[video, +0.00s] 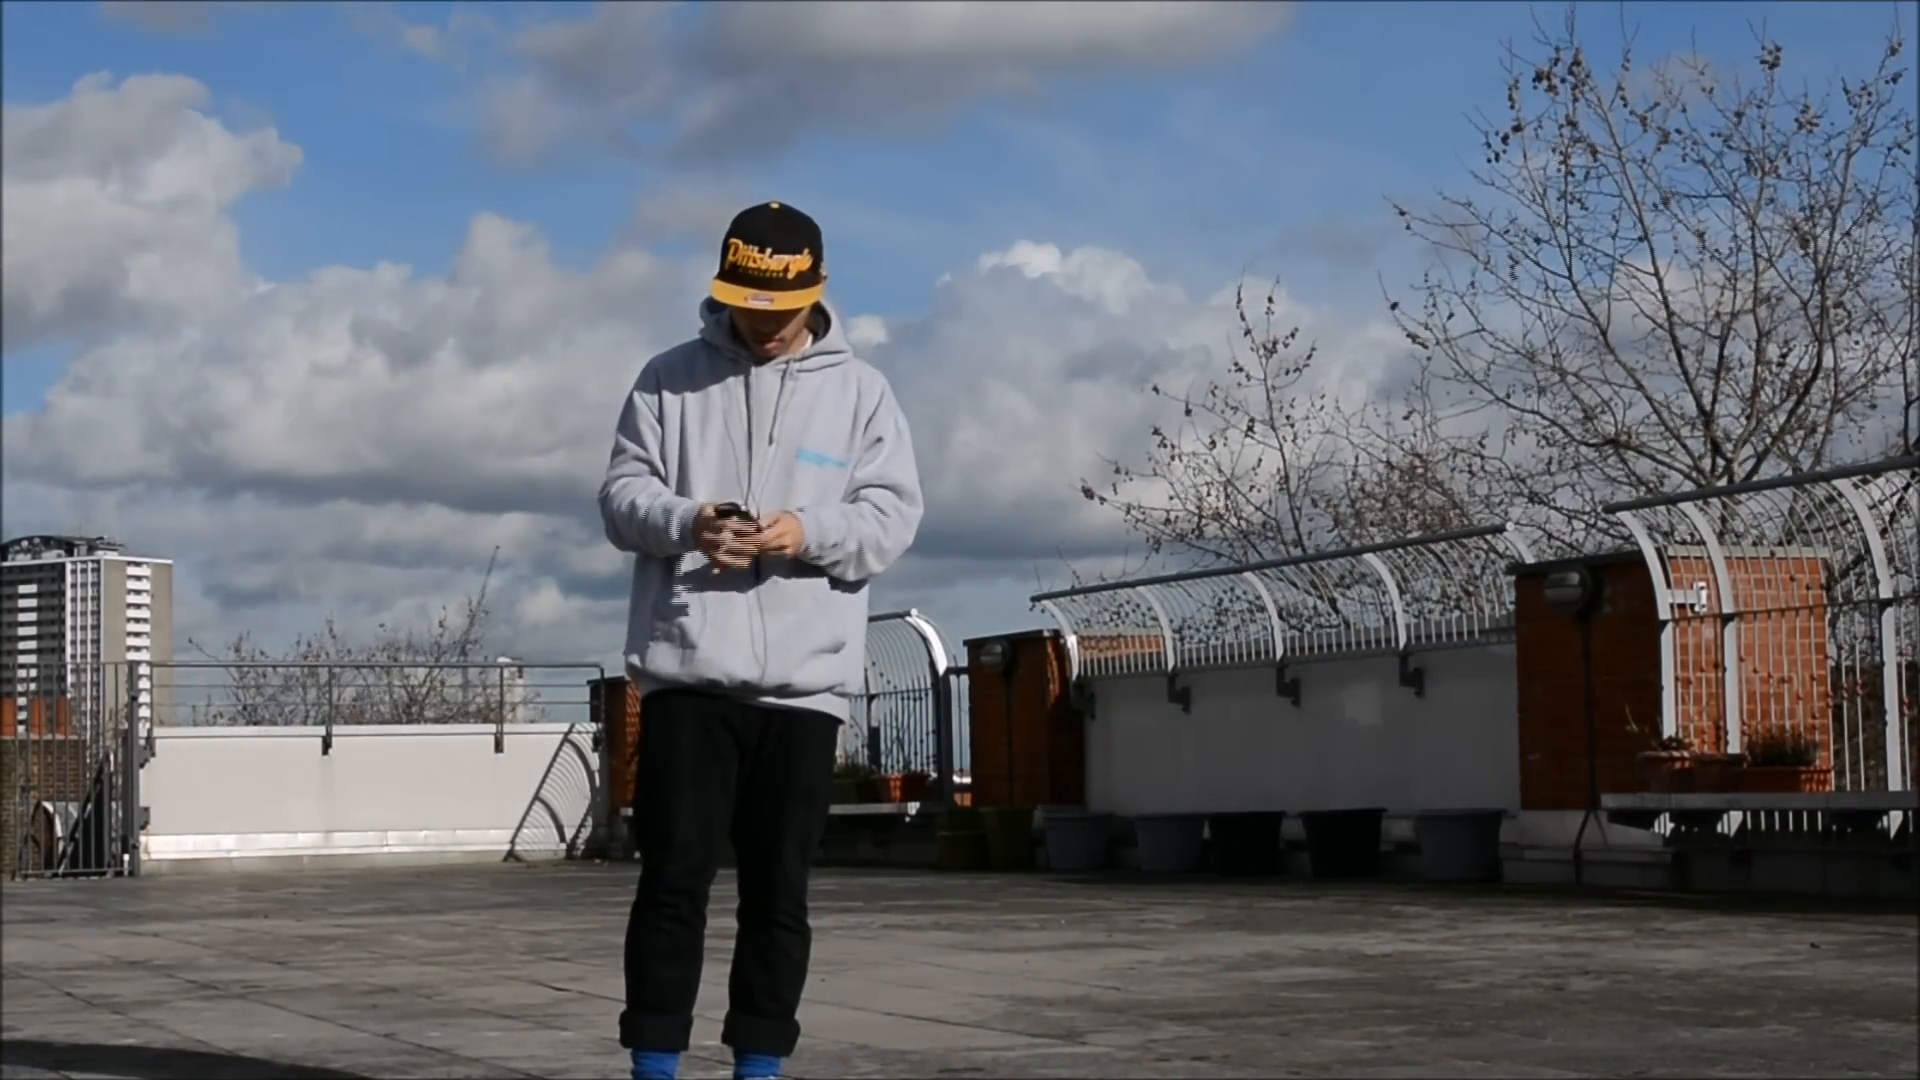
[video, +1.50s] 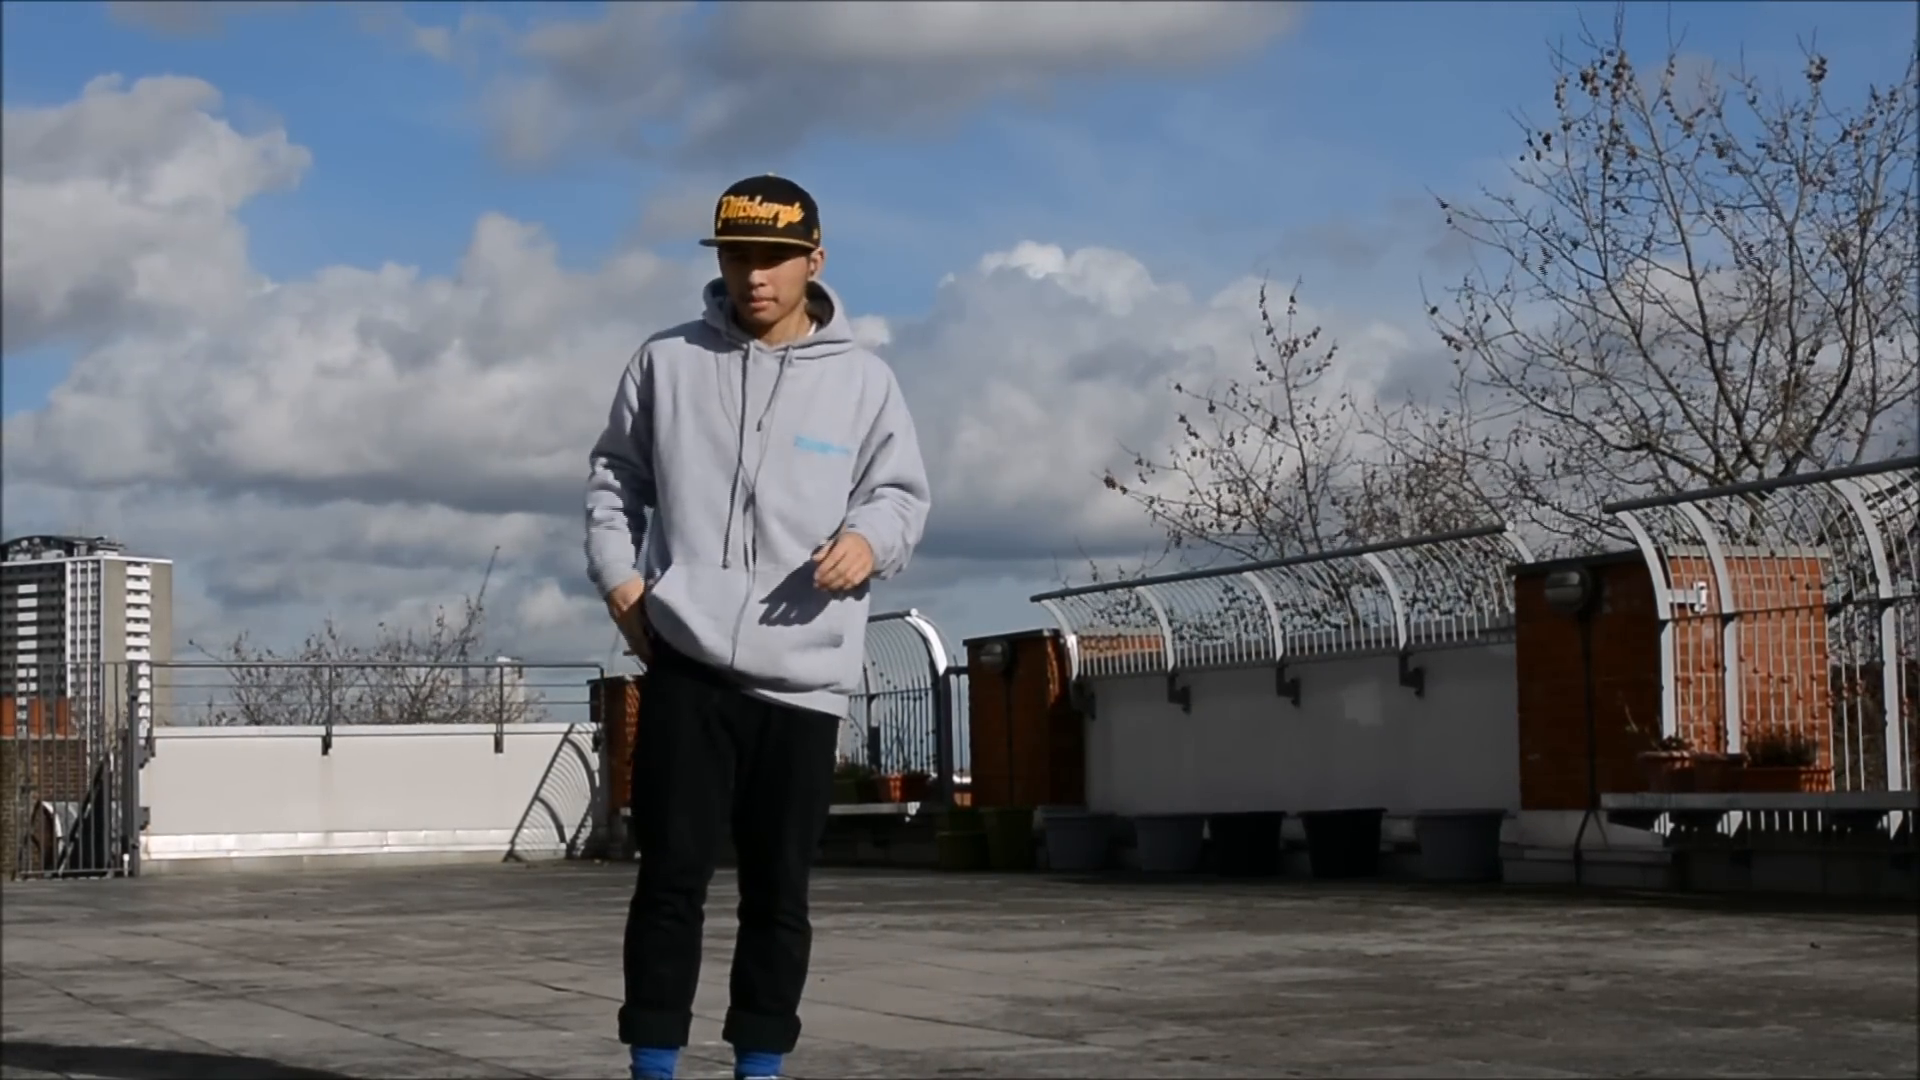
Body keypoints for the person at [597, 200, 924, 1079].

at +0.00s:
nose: (762, 319)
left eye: (781, 304)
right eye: (746, 302)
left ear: (816, 289)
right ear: (724, 287)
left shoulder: (862, 390)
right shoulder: (669, 378)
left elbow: (892, 516)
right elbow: (623, 495)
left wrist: (808, 532)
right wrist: (689, 523)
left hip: (804, 680)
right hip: (686, 674)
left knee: (780, 886)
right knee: (673, 877)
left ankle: (761, 1062)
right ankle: (654, 1061)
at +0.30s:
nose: (763, 322)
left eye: (782, 308)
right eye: (748, 305)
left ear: (819, 293)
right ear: (726, 287)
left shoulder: (864, 393)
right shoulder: (667, 377)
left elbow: (896, 518)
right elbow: (586, 476)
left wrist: (799, 542)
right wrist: (627, 481)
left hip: (803, 684)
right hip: (685, 676)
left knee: (778, 883)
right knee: (674, 876)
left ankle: (760, 1063)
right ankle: (654, 1061)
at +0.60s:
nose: (771, 312)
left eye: (791, 297)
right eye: (756, 294)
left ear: (824, 287)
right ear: (732, 281)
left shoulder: (867, 394)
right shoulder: (666, 375)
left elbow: (892, 518)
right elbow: (587, 462)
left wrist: (797, 547)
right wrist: (609, 549)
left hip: (807, 682)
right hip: (687, 674)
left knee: (778, 884)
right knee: (676, 875)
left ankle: (761, 1063)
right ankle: (655, 1060)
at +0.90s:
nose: (759, 296)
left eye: (778, 280)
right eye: (744, 279)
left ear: (816, 275)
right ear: (723, 274)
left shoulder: (866, 386)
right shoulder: (665, 381)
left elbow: (909, 499)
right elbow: (612, 514)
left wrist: (869, 543)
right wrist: (608, 641)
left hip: (802, 679)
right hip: (680, 671)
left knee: (779, 886)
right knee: (670, 878)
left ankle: (760, 1063)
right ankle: (652, 1063)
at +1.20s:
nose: (753, 278)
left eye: (772, 259)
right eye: (736, 260)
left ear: (807, 262)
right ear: (716, 263)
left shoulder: (863, 375)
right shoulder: (661, 374)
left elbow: (908, 487)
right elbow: (616, 504)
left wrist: (873, 533)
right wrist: (607, 613)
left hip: (804, 677)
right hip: (683, 669)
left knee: (781, 885)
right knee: (671, 877)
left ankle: (762, 1063)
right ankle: (653, 1063)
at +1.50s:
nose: (754, 277)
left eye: (774, 259)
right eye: (739, 259)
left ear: (812, 262)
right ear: (720, 261)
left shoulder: (864, 377)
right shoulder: (663, 363)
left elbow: (901, 492)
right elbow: (614, 480)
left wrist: (867, 540)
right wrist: (623, 581)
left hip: (804, 666)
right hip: (684, 655)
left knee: (780, 881)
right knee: (672, 872)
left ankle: (761, 1063)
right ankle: (653, 1062)